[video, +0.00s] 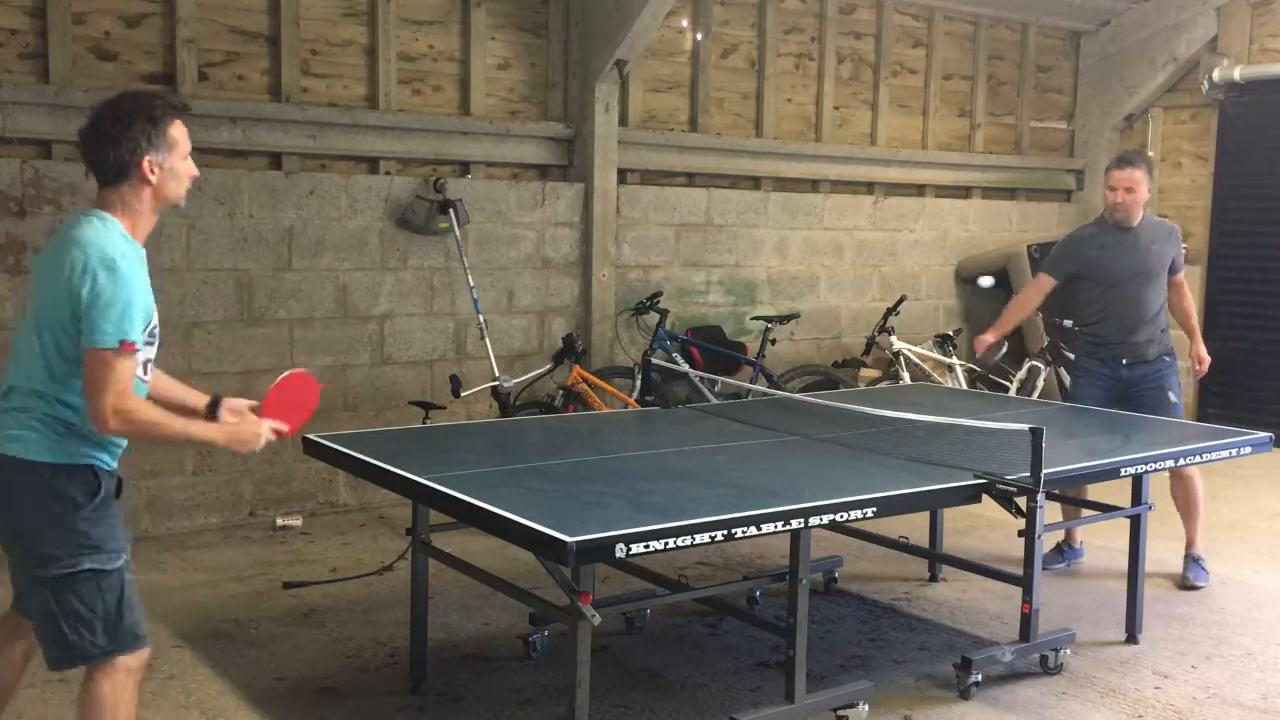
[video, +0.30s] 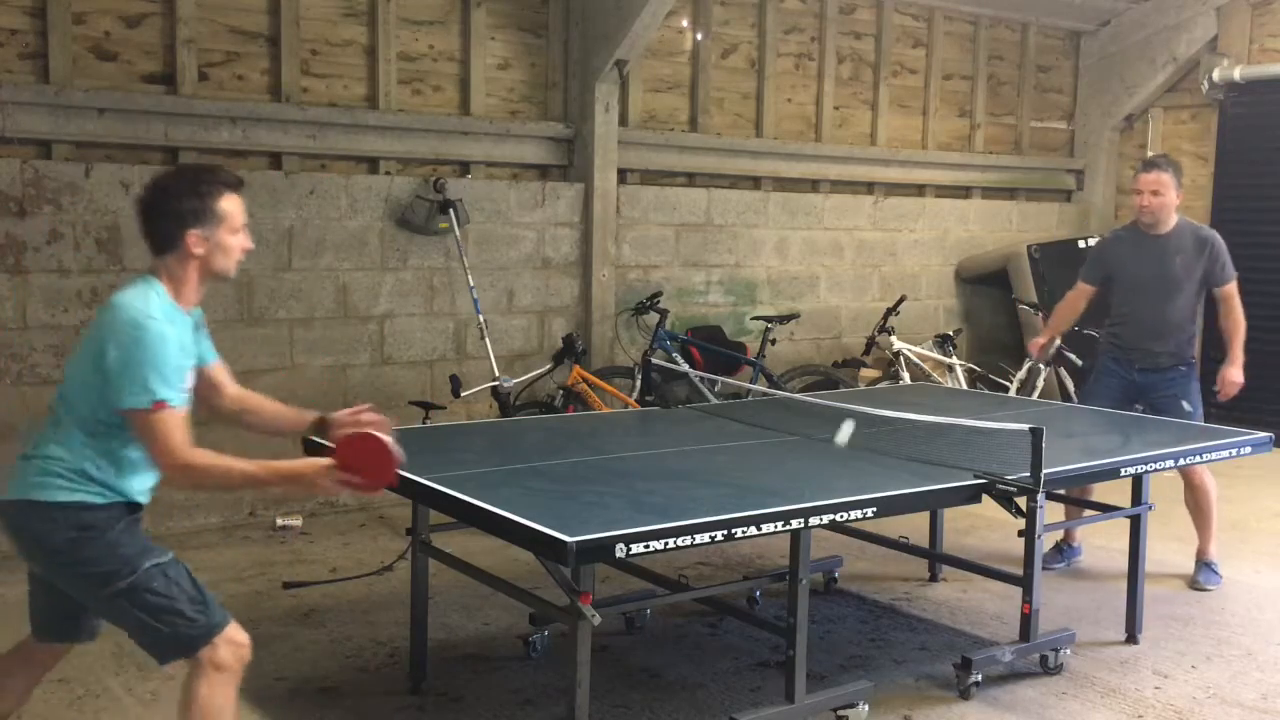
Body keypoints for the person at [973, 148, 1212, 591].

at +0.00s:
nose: (1117, 197)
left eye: (1127, 189)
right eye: (1111, 188)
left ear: (1148, 193)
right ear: (1103, 189)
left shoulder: (1166, 236)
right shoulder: (1078, 243)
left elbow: (1178, 289)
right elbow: (1037, 288)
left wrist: (1196, 339)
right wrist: (996, 332)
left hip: (1154, 368)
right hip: (1094, 368)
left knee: (1180, 458)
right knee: (1074, 455)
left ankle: (1194, 552)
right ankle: (1071, 543)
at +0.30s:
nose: (1145, 201)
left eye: (1155, 193)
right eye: (1139, 193)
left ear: (1178, 197)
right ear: (1131, 195)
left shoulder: (1205, 243)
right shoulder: (1113, 244)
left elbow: (1229, 303)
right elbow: (1078, 296)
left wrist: (1234, 360)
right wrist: (1048, 335)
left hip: (1174, 373)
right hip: (1113, 368)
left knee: (1191, 466)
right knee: (1080, 450)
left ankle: (1207, 555)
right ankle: (1069, 541)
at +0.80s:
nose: (1105, 202)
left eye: (1115, 194)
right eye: (1099, 194)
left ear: (1134, 199)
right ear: (1092, 198)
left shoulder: (1156, 250)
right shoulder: (1071, 248)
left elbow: (1184, 305)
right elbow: (1048, 296)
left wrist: (1202, 358)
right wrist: (1024, 339)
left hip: (1130, 376)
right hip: (1074, 372)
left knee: (1157, 464)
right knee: (1057, 452)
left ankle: (1197, 552)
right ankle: (1051, 524)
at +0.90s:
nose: (1081, 201)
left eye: (1091, 193)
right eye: (1076, 193)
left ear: (1113, 197)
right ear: (1070, 198)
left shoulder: (1136, 246)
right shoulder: (1054, 249)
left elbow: (1161, 303)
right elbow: (1029, 298)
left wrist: (1170, 364)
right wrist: (1004, 334)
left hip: (1118, 372)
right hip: (1065, 370)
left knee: (1133, 455)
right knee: (1050, 448)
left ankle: (1164, 541)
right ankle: (1049, 523)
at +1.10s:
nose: (1037, 215)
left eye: (1045, 206)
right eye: (1034, 207)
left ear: (1072, 206)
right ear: (1035, 210)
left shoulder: (1105, 257)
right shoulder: (1031, 259)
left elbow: (1136, 319)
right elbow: (1013, 313)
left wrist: (1119, 373)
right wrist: (959, 339)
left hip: (1090, 381)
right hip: (1039, 376)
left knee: (1109, 468)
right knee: (1004, 435)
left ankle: (1127, 548)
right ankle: (1013, 510)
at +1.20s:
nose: (1001, 224)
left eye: (1008, 215)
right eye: (1000, 216)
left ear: (1038, 215)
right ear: (1016, 219)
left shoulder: (1074, 261)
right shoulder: (1007, 267)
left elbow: (1102, 319)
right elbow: (995, 319)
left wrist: (1080, 349)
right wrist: (948, 345)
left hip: (1071, 384)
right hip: (1021, 379)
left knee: (1093, 462)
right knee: (966, 429)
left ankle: (1125, 548)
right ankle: (929, 506)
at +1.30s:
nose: (958, 227)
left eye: (964, 218)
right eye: (956, 219)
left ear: (994, 217)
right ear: (973, 222)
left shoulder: (1031, 257)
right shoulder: (968, 270)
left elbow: (1071, 301)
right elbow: (954, 326)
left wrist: (1059, 321)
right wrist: (902, 346)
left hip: (1043, 385)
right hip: (990, 384)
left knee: (1081, 464)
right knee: (939, 441)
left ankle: (1123, 547)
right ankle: (890, 505)